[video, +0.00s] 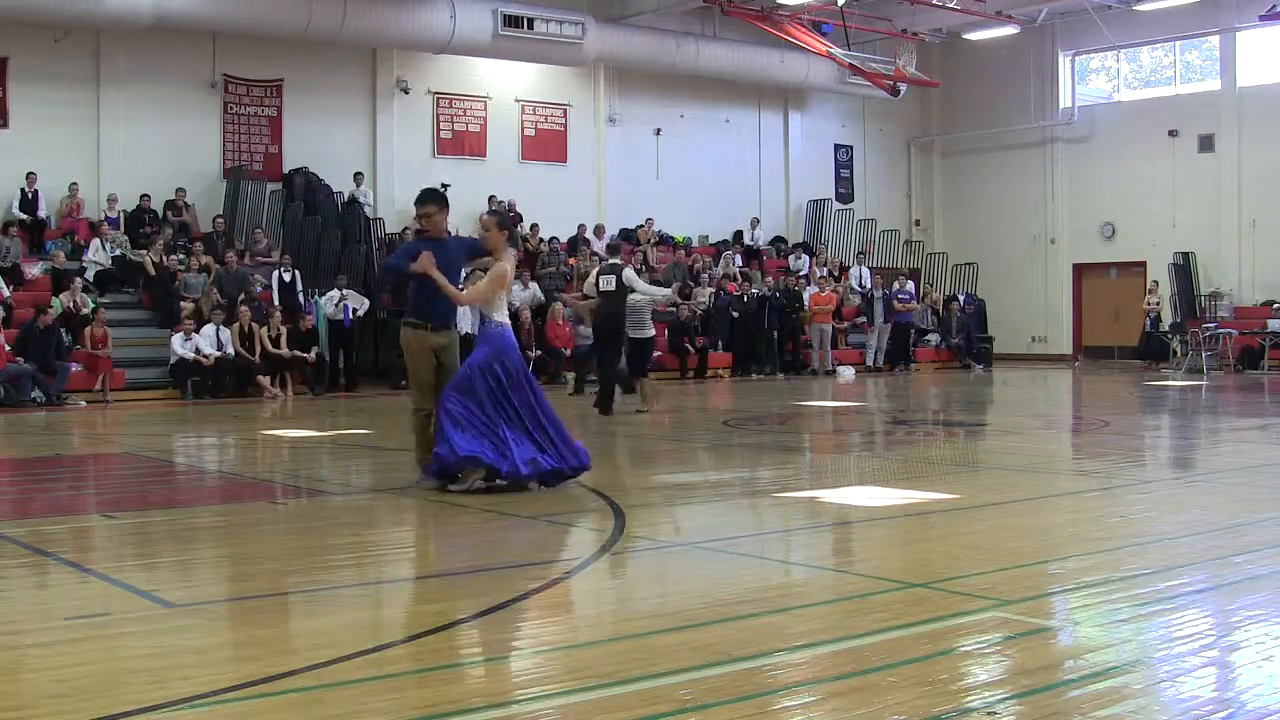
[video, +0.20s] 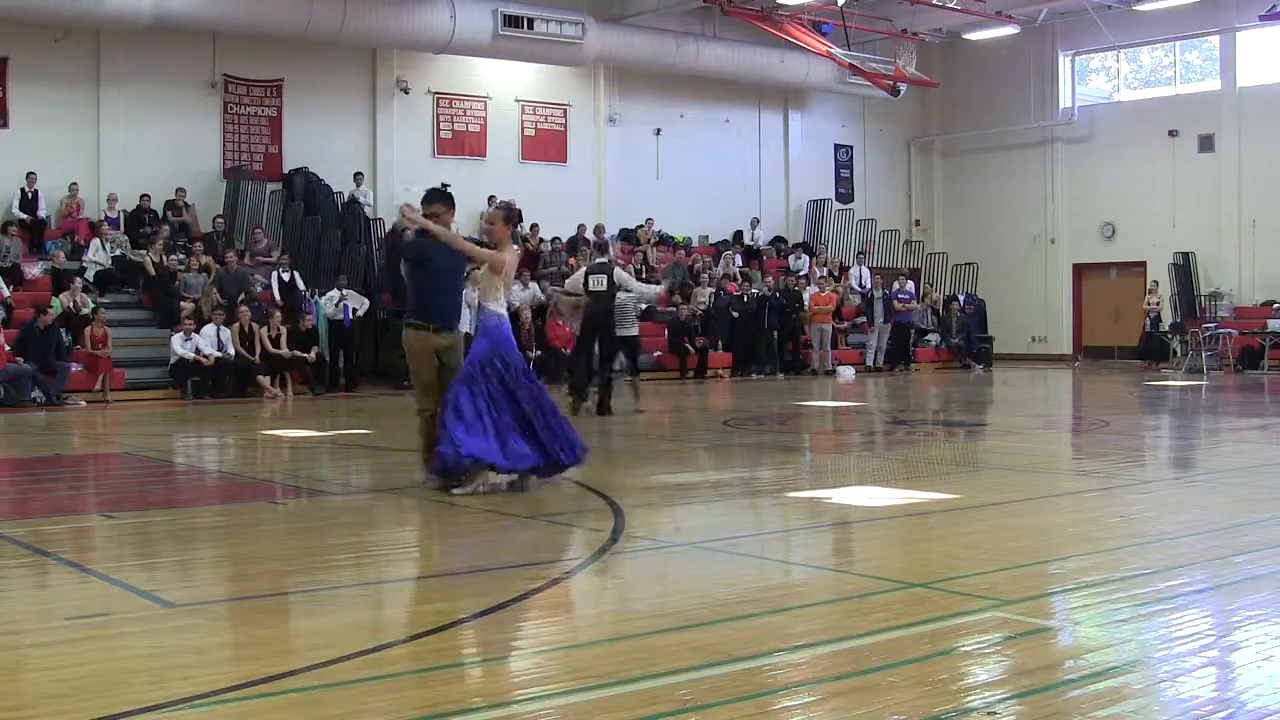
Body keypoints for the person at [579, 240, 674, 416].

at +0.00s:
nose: (626, 255)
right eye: (624, 252)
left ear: (606, 252)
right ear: (621, 253)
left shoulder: (598, 270)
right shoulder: (625, 271)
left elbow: (587, 290)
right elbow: (643, 288)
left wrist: (605, 294)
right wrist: (668, 292)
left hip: (600, 320)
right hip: (616, 320)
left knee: (603, 360)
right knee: (611, 361)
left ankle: (603, 397)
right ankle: (605, 404)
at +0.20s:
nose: (613, 254)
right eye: (612, 251)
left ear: (593, 253)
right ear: (609, 253)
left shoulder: (586, 270)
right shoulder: (615, 271)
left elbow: (568, 285)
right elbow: (636, 287)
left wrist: (586, 293)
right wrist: (659, 289)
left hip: (589, 321)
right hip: (607, 322)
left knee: (582, 357)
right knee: (606, 364)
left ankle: (578, 397)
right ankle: (603, 405)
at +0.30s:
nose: (580, 254)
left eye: (582, 252)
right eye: (581, 251)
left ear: (586, 252)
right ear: (600, 252)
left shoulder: (578, 270)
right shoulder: (609, 271)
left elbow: (560, 285)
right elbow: (630, 289)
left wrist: (578, 294)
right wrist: (652, 290)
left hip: (582, 322)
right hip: (601, 322)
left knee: (572, 359)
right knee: (601, 363)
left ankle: (569, 398)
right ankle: (603, 405)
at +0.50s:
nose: (568, 253)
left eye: (568, 250)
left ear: (569, 251)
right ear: (587, 251)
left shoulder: (561, 272)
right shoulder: (593, 272)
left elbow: (536, 284)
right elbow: (613, 291)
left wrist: (555, 294)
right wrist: (635, 292)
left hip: (565, 327)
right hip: (585, 327)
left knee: (561, 367)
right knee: (593, 367)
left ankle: (553, 407)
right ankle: (601, 407)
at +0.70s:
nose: (557, 253)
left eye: (557, 250)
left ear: (559, 251)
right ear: (575, 251)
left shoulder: (550, 269)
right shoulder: (582, 271)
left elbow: (523, 281)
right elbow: (601, 288)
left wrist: (540, 295)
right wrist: (616, 289)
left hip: (552, 326)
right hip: (572, 326)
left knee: (550, 367)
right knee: (576, 364)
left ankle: (551, 408)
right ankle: (585, 407)